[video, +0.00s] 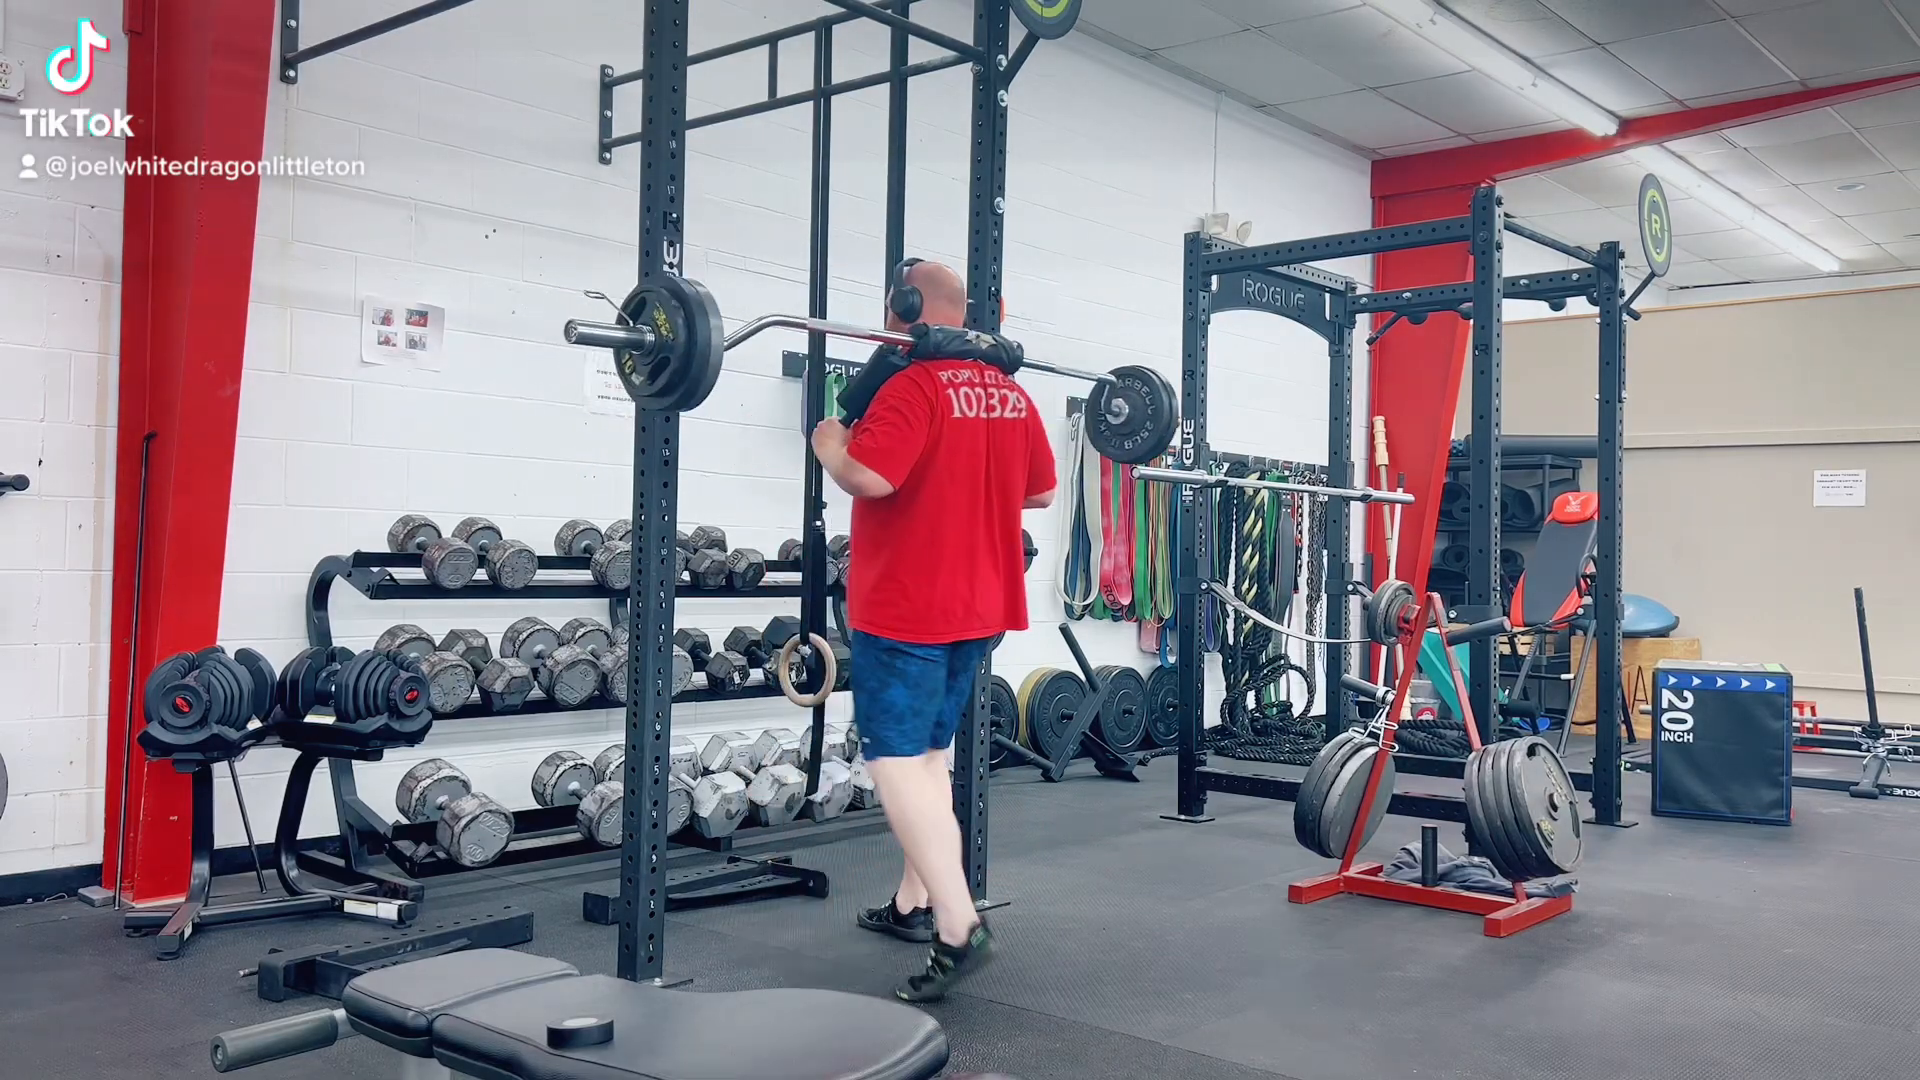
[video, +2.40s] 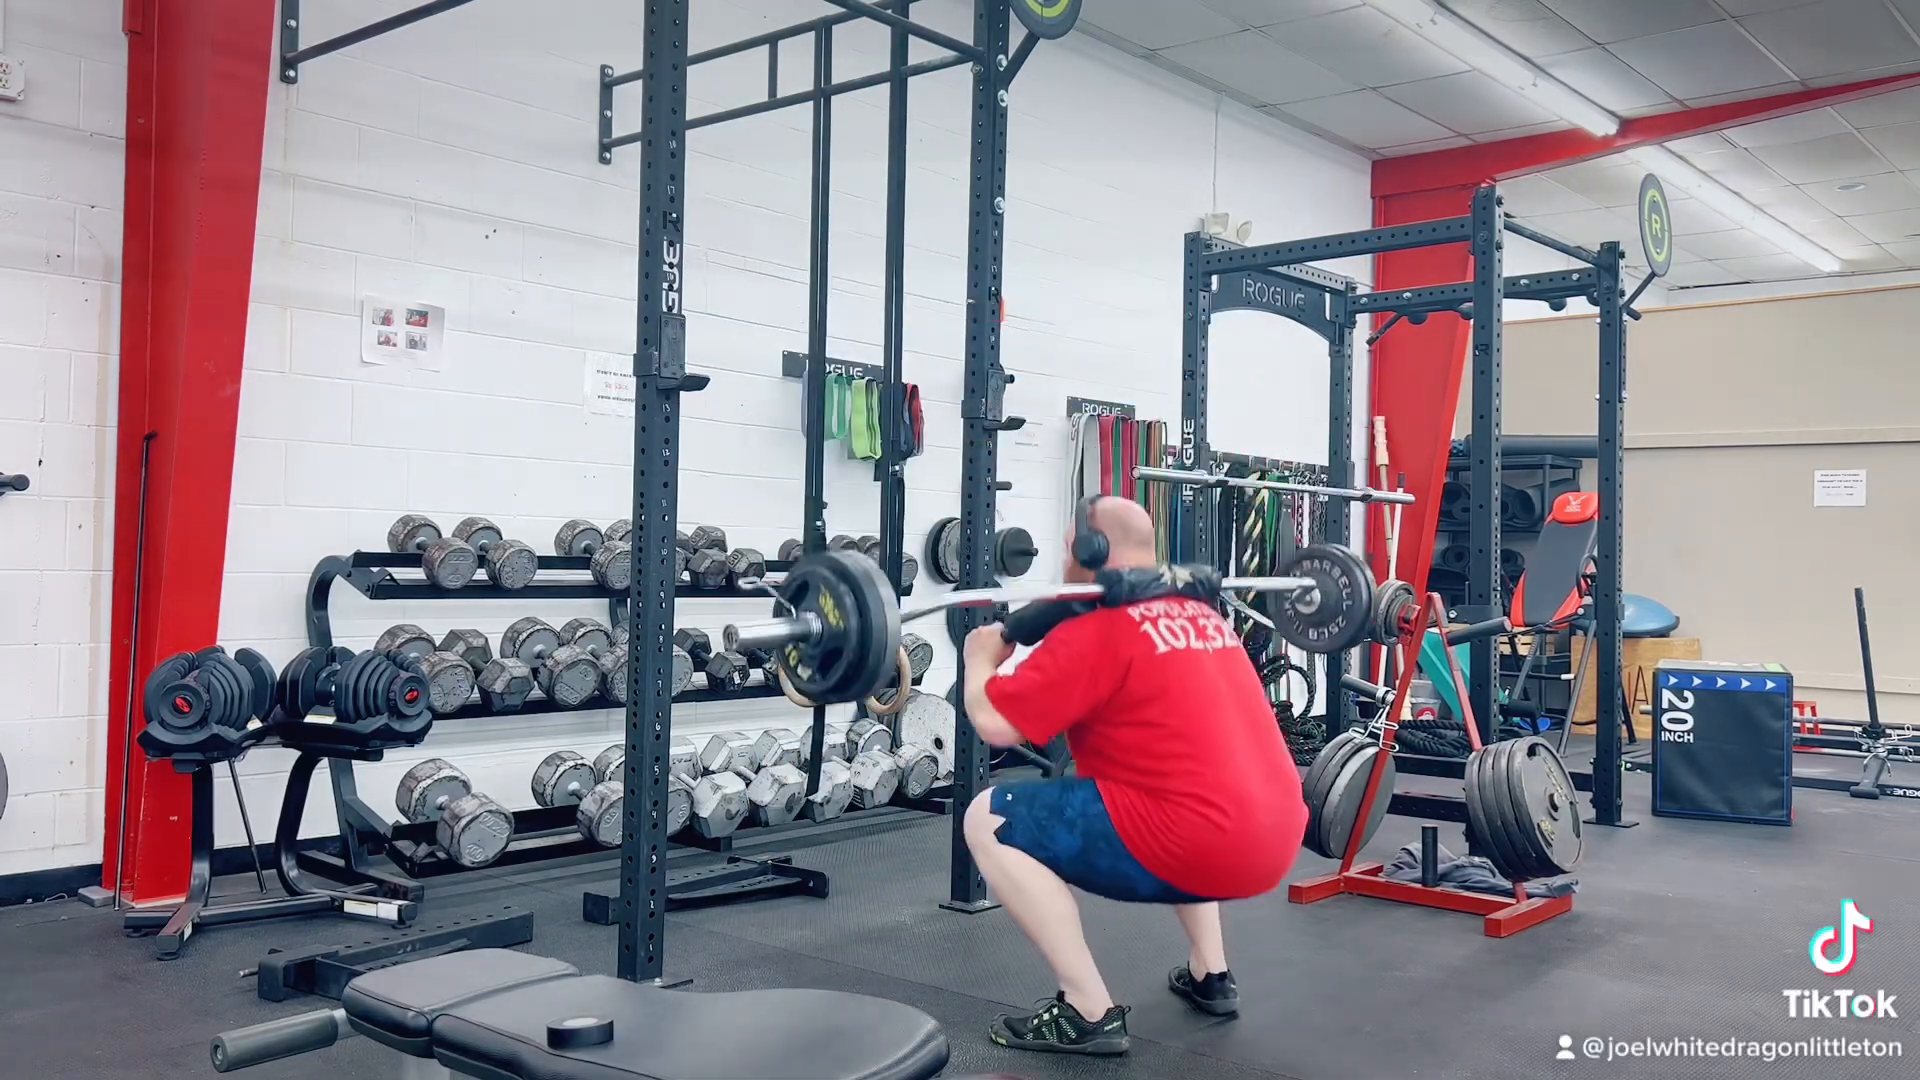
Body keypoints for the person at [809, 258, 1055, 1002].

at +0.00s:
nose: (887, 322)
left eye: (889, 312)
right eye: (891, 309)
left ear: (905, 318)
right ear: (965, 317)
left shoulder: (914, 383)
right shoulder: (1009, 390)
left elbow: (872, 477)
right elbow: (1041, 487)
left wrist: (830, 444)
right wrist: (967, 480)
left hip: (907, 605)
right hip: (977, 603)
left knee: (894, 759)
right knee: (931, 756)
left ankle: (962, 924)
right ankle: (912, 901)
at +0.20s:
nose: (934, 317)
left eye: (936, 304)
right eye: (935, 304)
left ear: (957, 301)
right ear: (1010, 296)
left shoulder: (975, 365)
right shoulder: (1073, 377)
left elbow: (939, 459)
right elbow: (1112, 482)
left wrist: (890, 445)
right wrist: (1034, 489)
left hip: (974, 602)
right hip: (1045, 602)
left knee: (964, 768)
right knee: (997, 752)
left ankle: (987, 971)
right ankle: (1030, 920)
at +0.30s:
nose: (972, 310)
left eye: (975, 297)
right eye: (974, 297)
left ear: (998, 294)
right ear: (1050, 291)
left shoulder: (1014, 361)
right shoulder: (1112, 374)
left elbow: (974, 460)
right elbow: (1148, 483)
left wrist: (919, 433)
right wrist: (1067, 494)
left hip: (1003, 607)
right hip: (1085, 607)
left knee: (984, 775)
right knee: (1067, 763)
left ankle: (989, 971)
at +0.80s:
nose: (1051, 296)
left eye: (1053, 283)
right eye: (1051, 284)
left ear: (1075, 277)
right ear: (1133, 270)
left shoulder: (1097, 341)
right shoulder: (1207, 353)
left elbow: (1064, 444)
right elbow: (1242, 467)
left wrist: (1001, 428)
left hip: (1115, 604)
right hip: (1200, 600)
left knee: (1113, 797)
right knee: (1174, 778)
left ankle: (1109, 1013)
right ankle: (1186, 960)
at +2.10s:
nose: (1078, 358)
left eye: (1083, 345)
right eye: (1082, 344)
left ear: (1103, 352)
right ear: (1167, 352)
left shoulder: (1112, 429)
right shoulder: (1223, 430)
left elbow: (1015, 526)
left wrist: (994, 471)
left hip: (1142, 667)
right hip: (1243, 669)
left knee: (1034, 799)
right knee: (1176, 792)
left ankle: (1091, 1007)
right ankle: (1215, 974)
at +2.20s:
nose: (1067, 436)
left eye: (1072, 422)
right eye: (1070, 423)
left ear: (1092, 429)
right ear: (1158, 430)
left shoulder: (1108, 504)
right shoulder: (1212, 497)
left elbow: (1006, 597)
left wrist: (990, 540)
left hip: (1160, 728)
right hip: (1261, 730)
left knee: (1014, 810)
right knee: (1172, 808)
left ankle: (1090, 1009)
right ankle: (1214, 975)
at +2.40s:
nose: (1066, 560)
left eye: (1069, 549)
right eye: (1071, 548)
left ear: (1082, 556)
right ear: (1149, 555)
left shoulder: (1101, 627)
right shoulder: (1201, 612)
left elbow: (995, 723)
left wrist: (978, 660)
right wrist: (1075, 615)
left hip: (1190, 845)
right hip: (1274, 843)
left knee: (988, 820)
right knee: (1156, 784)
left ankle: (1088, 1009)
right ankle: (1211, 973)